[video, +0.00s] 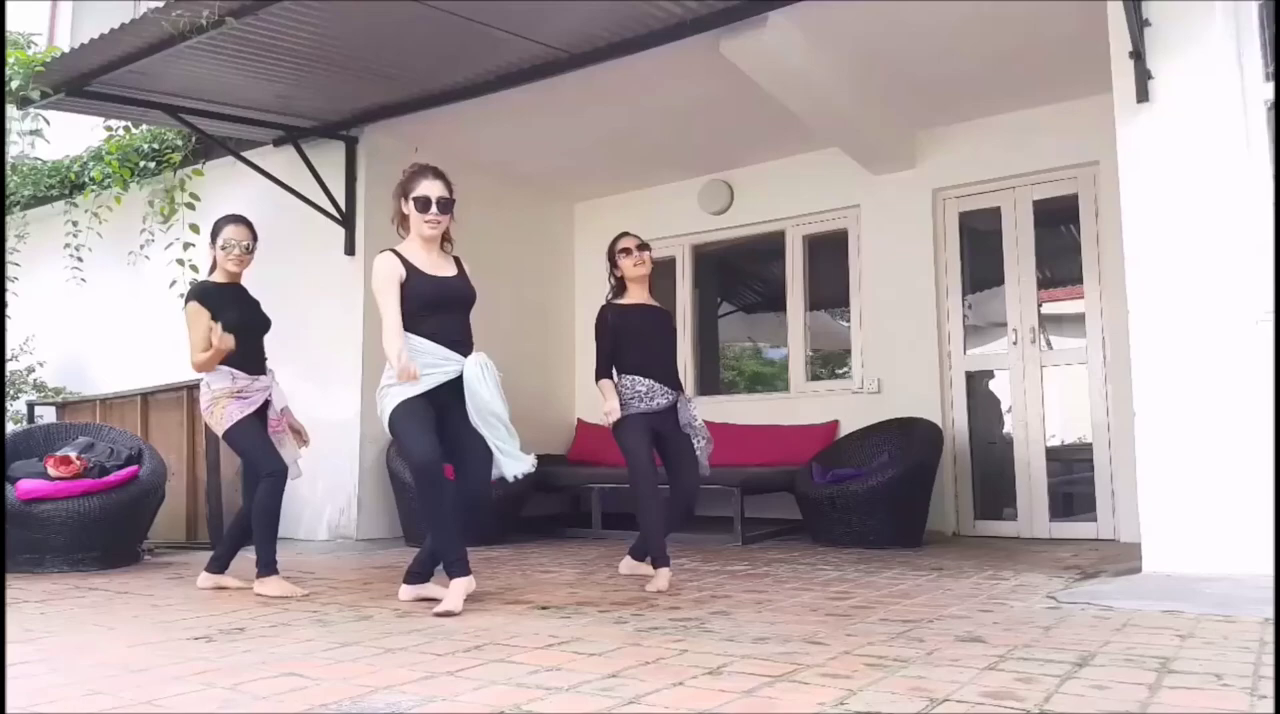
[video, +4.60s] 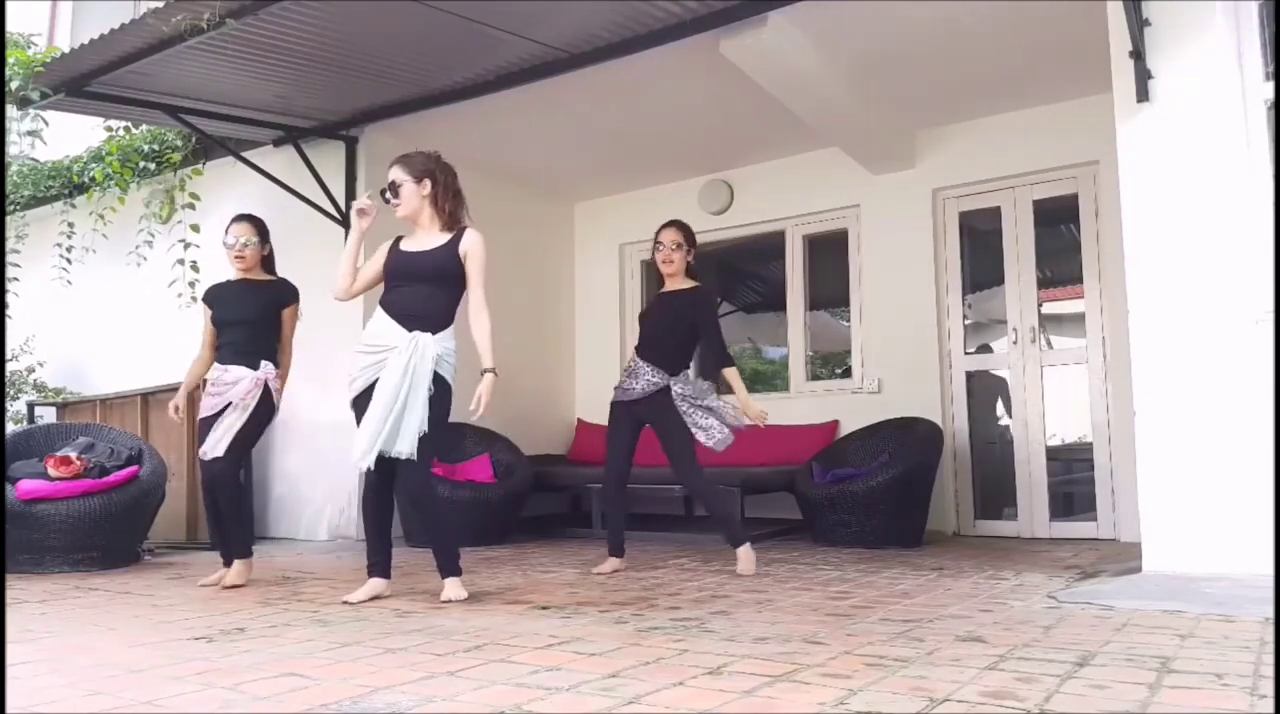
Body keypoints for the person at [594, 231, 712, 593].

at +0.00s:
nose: (637, 256)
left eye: (641, 249)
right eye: (626, 253)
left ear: (651, 257)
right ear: (616, 267)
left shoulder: (664, 314)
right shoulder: (610, 312)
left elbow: (671, 369)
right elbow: (602, 369)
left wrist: (688, 411)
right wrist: (612, 400)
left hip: (669, 408)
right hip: (630, 410)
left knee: (688, 487)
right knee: (645, 480)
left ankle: (636, 556)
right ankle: (662, 566)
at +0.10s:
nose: (637, 254)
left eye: (641, 247)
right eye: (626, 250)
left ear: (651, 255)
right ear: (615, 264)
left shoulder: (664, 311)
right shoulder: (610, 309)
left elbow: (671, 367)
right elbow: (604, 367)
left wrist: (686, 407)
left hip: (669, 407)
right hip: (631, 408)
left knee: (687, 489)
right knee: (645, 483)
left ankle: (636, 556)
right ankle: (666, 568)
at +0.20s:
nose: (637, 244)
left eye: (642, 237)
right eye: (627, 240)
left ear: (651, 245)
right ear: (615, 252)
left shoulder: (665, 298)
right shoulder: (610, 295)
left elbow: (670, 351)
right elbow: (607, 357)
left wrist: (682, 389)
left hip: (671, 391)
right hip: (635, 390)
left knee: (680, 479)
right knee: (660, 460)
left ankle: (635, 554)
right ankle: (651, 558)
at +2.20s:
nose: (642, 257)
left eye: (645, 251)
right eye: (631, 255)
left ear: (654, 260)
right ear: (619, 270)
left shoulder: (666, 315)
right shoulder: (612, 313)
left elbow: (670, 371)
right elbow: (602, 369)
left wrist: (682, 414)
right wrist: (611, 375)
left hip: (665, 409)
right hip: (627, 408)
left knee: (689, 490)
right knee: (643, 477)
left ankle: (636, 555)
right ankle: (651, 562)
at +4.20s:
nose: (641, 265)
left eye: (650, 259)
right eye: (634, 258)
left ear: (659, 267)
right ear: (624, 266)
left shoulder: (673, 307)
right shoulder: (622, 314)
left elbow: (692, 361)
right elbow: (619, 374)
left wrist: (716, 410)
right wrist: (581, 374)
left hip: (660, 398)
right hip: (622, 395)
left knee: (653, 480)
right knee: (586, 465)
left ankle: (658, 555)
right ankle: (614, 547)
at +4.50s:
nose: (655, 261)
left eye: (663, 255)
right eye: (648, 254)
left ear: (676, 261)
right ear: (641, 261)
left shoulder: (688, 302)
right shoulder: (645, 303)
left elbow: (711, 355)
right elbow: (635, 350)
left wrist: (738, 400)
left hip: (651, 400)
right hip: (618, 396)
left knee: (659, 487)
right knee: (605, 478)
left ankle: (714, 546)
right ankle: (614, 555)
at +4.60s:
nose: (666, 253)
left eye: (675, 247)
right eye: (660, 247)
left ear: (689, 254)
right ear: (654, 254)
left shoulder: (699, 296)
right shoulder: (658, 298)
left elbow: (719, 353)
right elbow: (645, 344)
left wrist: (744, 400)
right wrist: (630, 375)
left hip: (662, 394)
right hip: (627, 394)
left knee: (689, 476)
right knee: (614, 476)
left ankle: (741, 543)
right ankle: (615, 555)